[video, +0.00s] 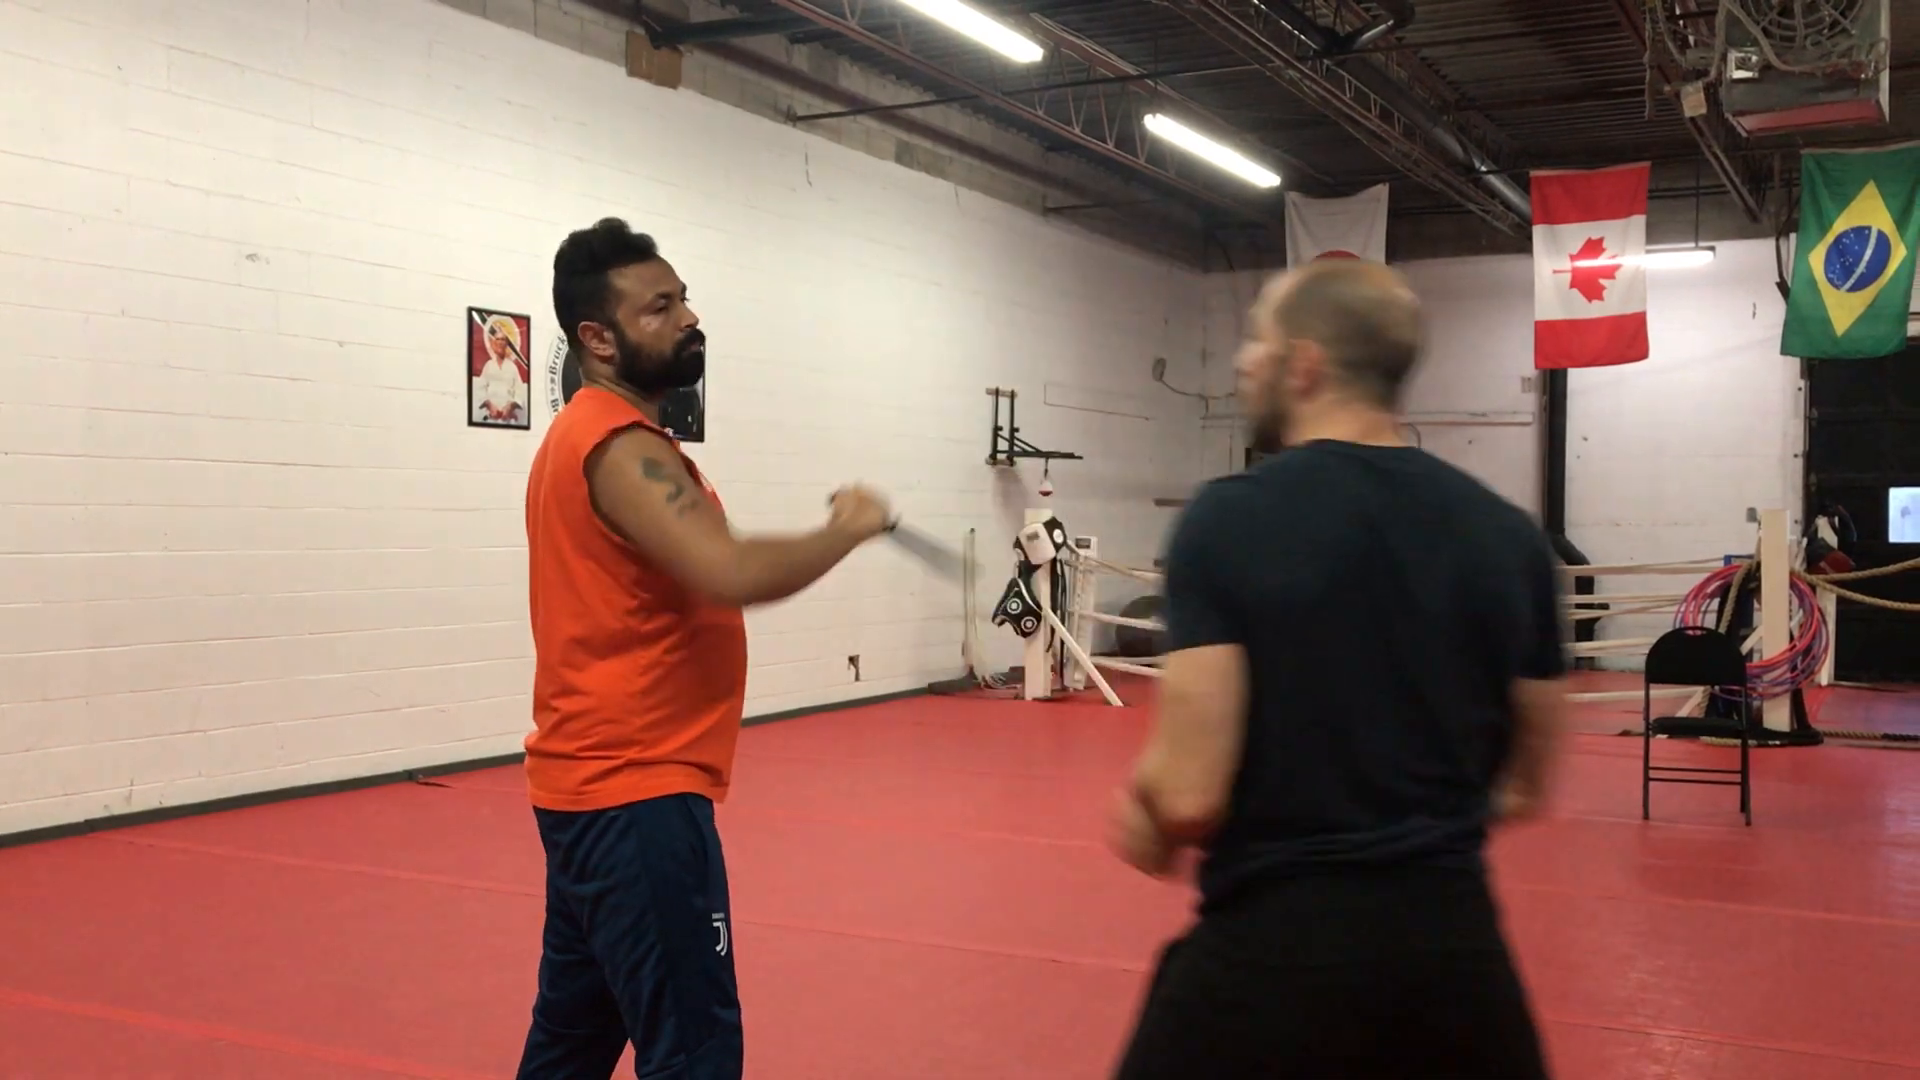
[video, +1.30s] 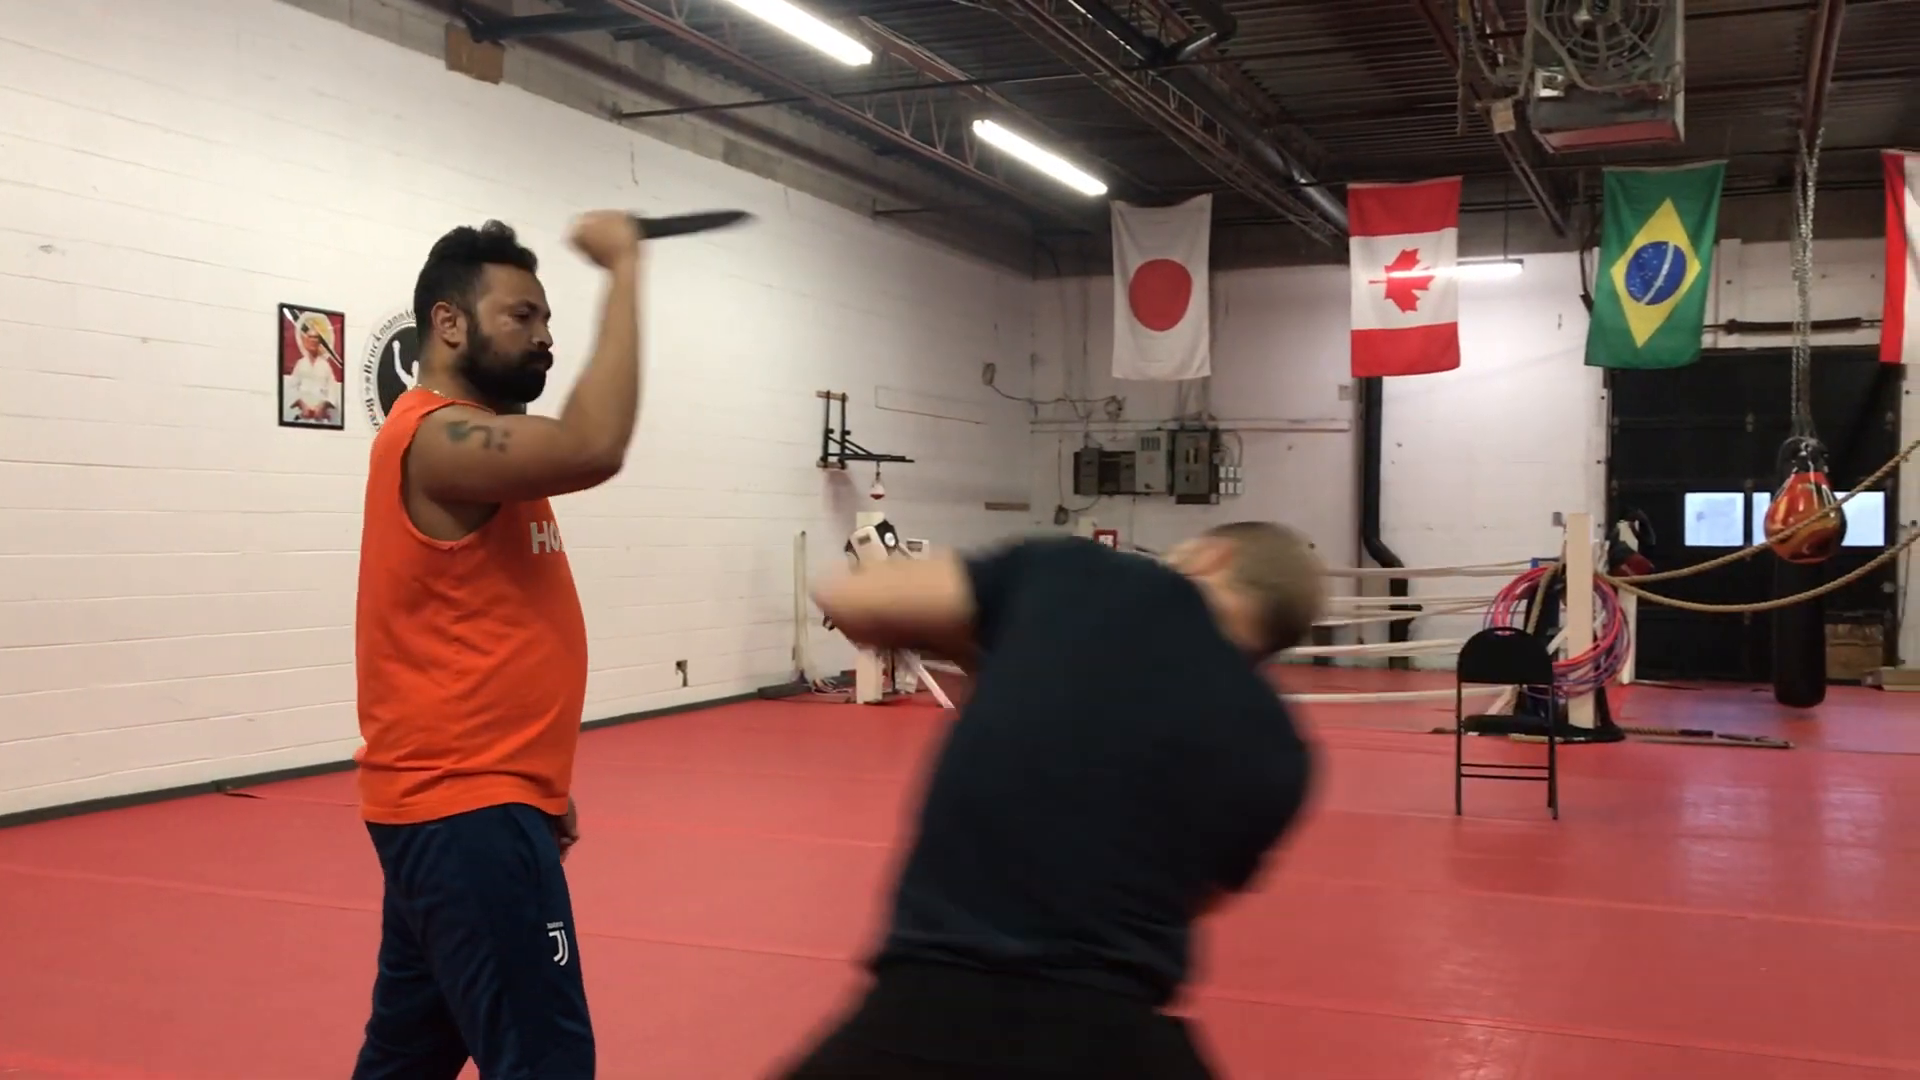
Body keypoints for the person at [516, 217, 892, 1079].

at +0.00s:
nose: (690, 318)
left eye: (682, 299)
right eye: (661, 306)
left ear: (598, 345)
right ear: (598, 339)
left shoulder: (576, 437)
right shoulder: (621, 442)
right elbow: (724, 571)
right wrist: (843, 532)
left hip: (587, 787)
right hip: (639, 793)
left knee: (573, 1040)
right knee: (697, 1050)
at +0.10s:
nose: (685, 313)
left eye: (676, 296)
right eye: (655, 302)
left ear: (597, 347)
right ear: (594, 340)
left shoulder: (577, 438)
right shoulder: (616, 447)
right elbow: (670, 621)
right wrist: (804, 592)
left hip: (584, 787)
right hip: (635, 792)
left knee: (569, 1043)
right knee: (694, 1050)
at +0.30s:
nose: (651, 321)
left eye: (647, 302)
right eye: (624, 306)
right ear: (559, 336)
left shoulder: (596, 446)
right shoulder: (561, 455)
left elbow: (604, 635)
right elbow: (550, 634)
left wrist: (663, 774)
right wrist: (724, 622)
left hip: (605, 795)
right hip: (590, 801)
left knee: (539, 1049)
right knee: (659, 1057)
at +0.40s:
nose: (631, 326)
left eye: (628, 307)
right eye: (604, 309)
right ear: (537, 336)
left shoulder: (581, 449)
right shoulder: (528, 455)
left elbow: (587, 638)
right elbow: (527, 625)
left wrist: (661, 763)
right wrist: (702, 575)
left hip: (599, 795)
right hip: (567, 801)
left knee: (530, 1050)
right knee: (633, 1053)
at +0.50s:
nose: (609, 331)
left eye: (607, 313)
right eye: (582, 315)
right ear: (514, 338)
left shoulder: (572, 456)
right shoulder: (493, 456)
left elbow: (602, 628)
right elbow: (530, 602)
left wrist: (663, 755)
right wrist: (655, 465)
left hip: (589, 795)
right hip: (545, 801)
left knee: (517, 1051)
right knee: (606, 1054)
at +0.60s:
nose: (583, 336)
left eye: (587, 321)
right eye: (562, 317)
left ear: (590, 336)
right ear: (493, 336)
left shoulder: (578, 471)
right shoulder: (462, 452)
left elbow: (599, 627)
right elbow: (535, 546)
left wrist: (660, 750)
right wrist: (559, 380)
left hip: (580, 795)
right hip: (520, 798)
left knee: (499, 1052)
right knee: (583, 1055)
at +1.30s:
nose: (547, 336)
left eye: (546, 318)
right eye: (522, 315)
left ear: (457, 331)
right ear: (449, 324)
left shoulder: (459, 430)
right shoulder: (442, 435)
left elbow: (478, 635)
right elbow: (590, 444)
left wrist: (540, 786)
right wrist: (626, 267)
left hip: (467, 800)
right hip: (465, 807)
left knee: (408, 1056)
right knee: (546, 1058)